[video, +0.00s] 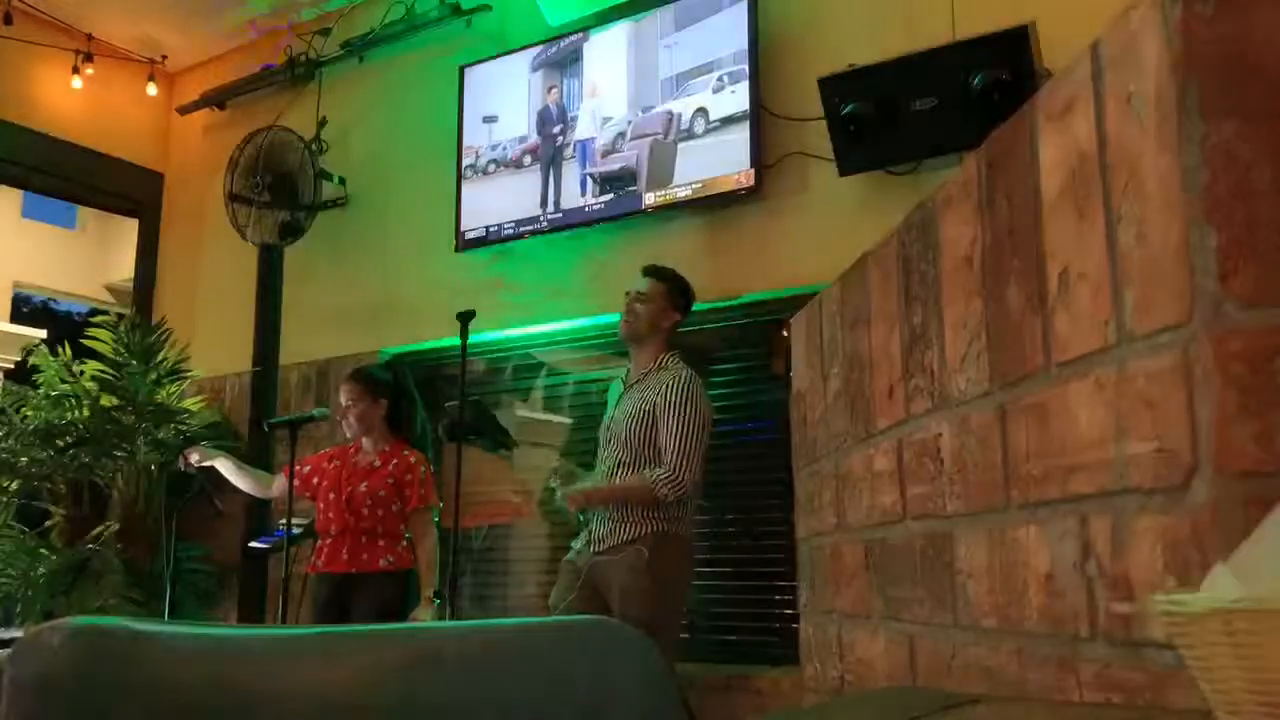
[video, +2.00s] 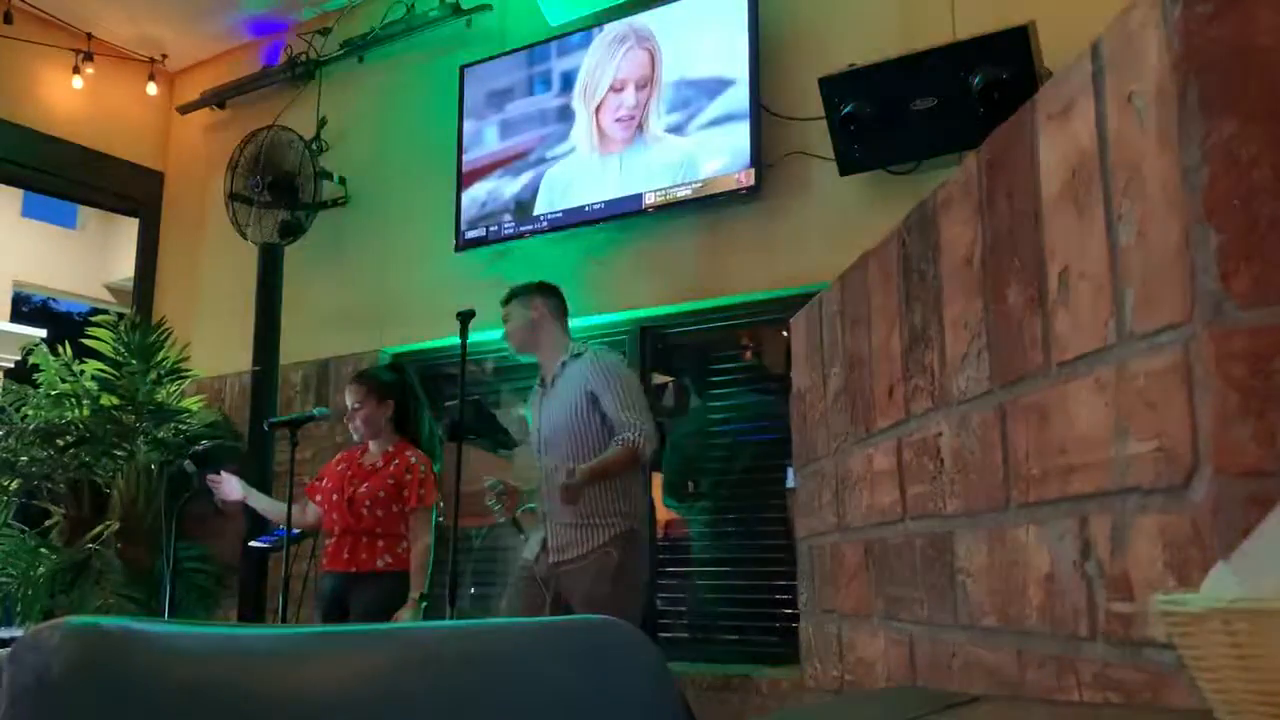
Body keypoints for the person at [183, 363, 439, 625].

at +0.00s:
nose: (342, 413)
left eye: (351, 404)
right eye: (341, 406)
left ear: (381, 406)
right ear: (339, 410)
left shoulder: (409, 463)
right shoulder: (328, 461)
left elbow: (424, 534)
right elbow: (268, 487)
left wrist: (428, 599)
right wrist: (216, 459)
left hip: (384, 583)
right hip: (330, 582)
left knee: (375, 675)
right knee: (326, 673)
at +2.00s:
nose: (348, 417)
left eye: (357, 408)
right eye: (347, 410)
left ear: (387, 408)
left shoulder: (413, 464)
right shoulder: (342, 463)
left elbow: (421, 539)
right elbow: (304, 517)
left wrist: (415, 601)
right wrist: (244, 492)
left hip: (385, 583)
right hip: (334, 582)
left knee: (371, 677)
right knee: (329, 675)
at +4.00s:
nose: (349, 416)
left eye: (357, 406)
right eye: (349, 408)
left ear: (386, 405)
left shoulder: (413, 461)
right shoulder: (355, 460)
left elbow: (419, 539)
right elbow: (333, 526)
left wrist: (411, 600)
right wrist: (278, 515)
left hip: (384, 581)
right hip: (341, 579)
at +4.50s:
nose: (343, 417)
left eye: (351, 407)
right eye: (342, 409)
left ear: (380, 408)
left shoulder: (408, 463)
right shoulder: (341, 464)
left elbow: (419, 537)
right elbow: (303, 518)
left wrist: (415, 601)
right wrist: (251, 481)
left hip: (383, 581)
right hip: (334, 580)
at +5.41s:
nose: (341, 416)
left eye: (349, 406)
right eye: (339, 409)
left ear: (380, 406)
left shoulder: (408, 462)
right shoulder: (338, 464)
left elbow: (418, 537)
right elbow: (318, 526)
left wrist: (415, 601)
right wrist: (256, 517)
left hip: (382, 581)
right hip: (331, 579)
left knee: (371, 677)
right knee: (330, 676)